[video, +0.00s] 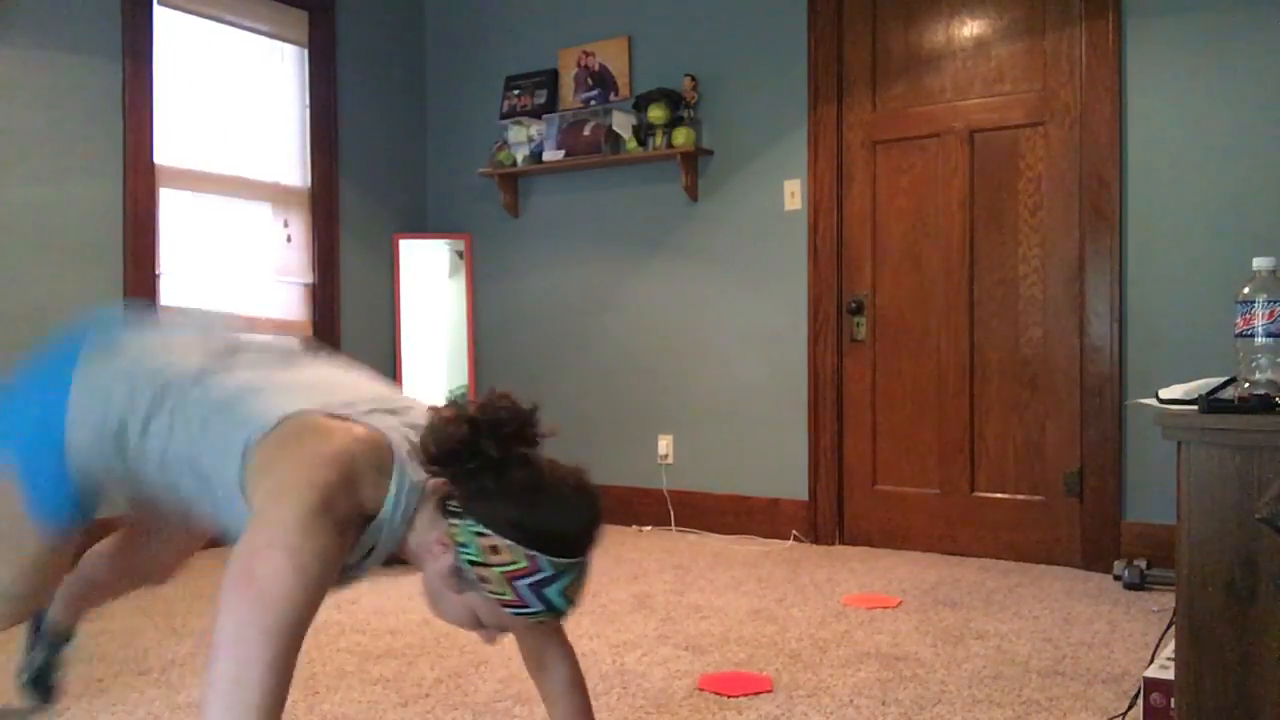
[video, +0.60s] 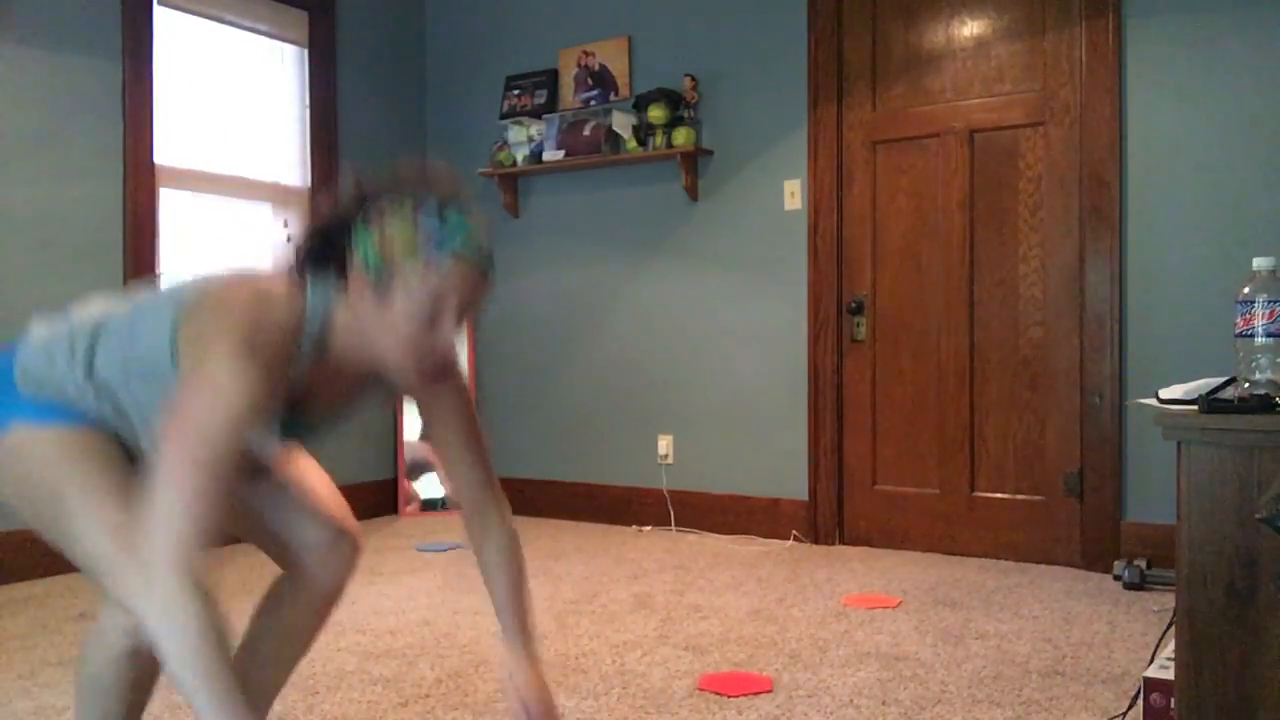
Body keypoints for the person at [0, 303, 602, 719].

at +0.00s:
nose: (493, 637)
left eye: (516, 625)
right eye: (491, 610)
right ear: (451, 535)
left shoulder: (477, 471)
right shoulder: (318, 487)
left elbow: (551, 656)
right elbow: (238, 712)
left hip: (200, 366)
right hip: (84, 384)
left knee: (150, 555)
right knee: (20, 593)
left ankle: (53, 619)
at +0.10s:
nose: (456, 617)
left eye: (476, 605)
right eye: (453, 596)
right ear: (404, 537)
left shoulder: (454, 468)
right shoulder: (299, 473)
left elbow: (526, 660)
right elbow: (240, 712)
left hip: (210, 263)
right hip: (87, 278)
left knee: (241, 528)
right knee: (37, 573)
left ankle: (112, 592)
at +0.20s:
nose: (424, 616)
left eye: (445, 601)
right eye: (419, 595)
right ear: (371, 527)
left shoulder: (428, 459)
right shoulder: (272, 484)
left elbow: (505, 646)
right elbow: (230, 712)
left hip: (217, 243)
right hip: (76, 259)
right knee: (90, 534)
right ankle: (23, 671)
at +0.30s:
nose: (439, 594)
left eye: (459, 577)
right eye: (437, 571)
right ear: (399, 513)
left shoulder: (439, 459)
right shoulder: (281, 473)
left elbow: (519, 655)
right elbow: (237, 704)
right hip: (63, 324)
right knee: (122, 560)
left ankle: (252, 699)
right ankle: (77, 706)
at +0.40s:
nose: (469, 532)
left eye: (485, 512)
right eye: (461, 507)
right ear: (415, 446)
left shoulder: (443, 451)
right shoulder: (279, 447)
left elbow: (520, 648)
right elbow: (234, 703)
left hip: (174, 433)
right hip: (54, 431)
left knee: (358, 571)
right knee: (158, 595)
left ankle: (244, 704)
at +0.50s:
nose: (468, 449)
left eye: (477, 426)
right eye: (452, 424)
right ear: (382, 382)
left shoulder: (430, 433)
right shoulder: (265, 400)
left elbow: (498, 604)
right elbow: (234, 688)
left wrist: (550, 716)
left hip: (175, 455)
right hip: (45, 442)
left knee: (351, 563)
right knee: (165, 601)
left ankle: (242, 714)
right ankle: (111, 715)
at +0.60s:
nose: (450, 343)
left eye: (463, 318)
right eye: (436, 313)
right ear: (366, 284)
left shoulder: (411, 346)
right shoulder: (251, 329)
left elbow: (486, 512)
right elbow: (162, 574)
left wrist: (522, 660)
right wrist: (224, 710)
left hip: (175, 411)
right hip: (45, 399)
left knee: (328, 549)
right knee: (146, 607)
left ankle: (239, 706)